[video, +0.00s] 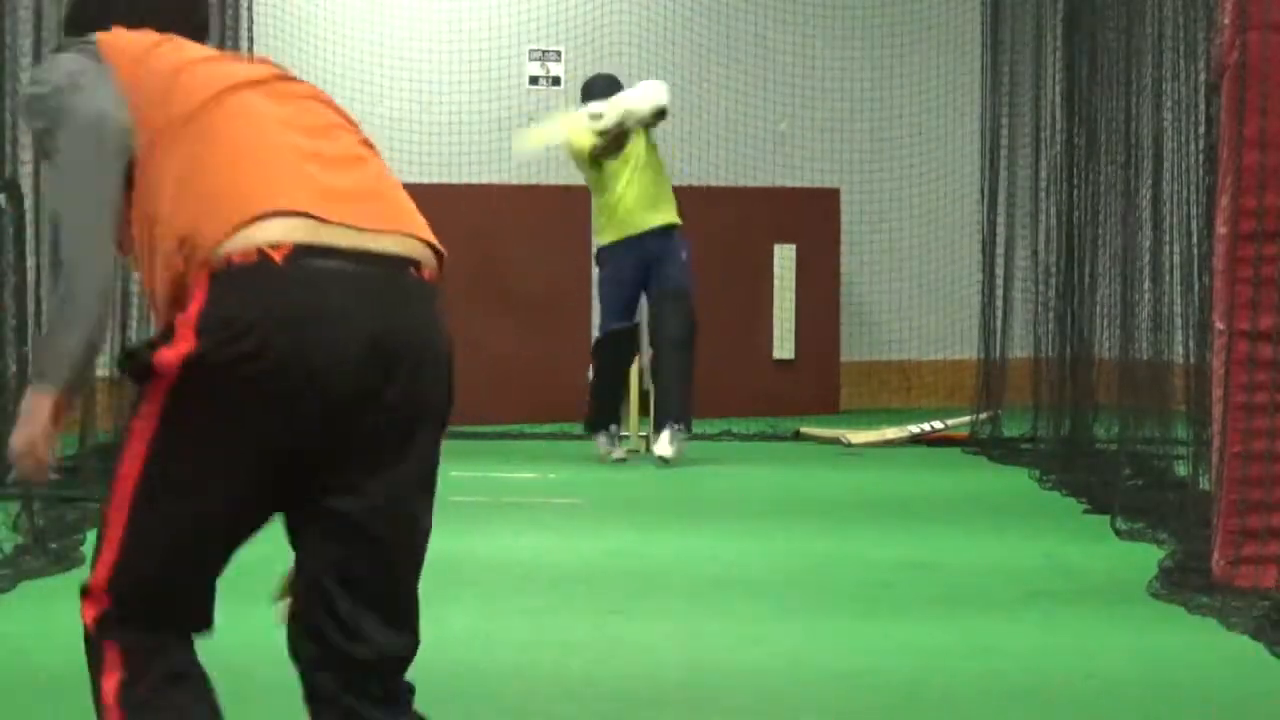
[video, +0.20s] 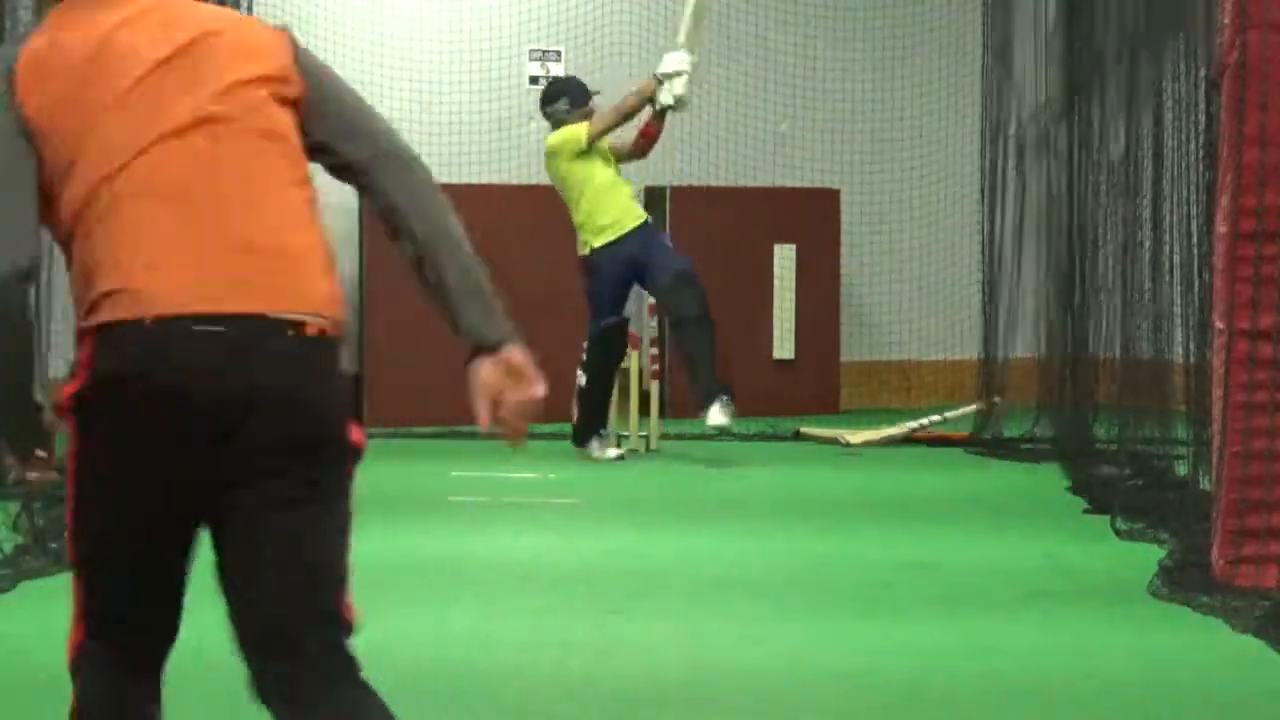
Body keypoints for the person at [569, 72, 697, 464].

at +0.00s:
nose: (604, 115)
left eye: (609, 107)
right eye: (597, 110)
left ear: (619, 104)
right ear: (587, 109)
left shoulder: (639, 124)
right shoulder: (578, 134)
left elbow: (654, 111)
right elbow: (601, 150)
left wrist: (632, 107)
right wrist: (618, 125)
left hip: (662, 232)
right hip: (616, 242)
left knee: (674, 330)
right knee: (615, 337)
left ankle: (671, 426)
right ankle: (604, 428)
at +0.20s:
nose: (593, 108)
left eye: (590, 101)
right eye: (586, 102)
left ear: (567, 109)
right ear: (568, 109)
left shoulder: (593, 145)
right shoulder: (559, 144)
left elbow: (637, 148)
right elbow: (618, 114)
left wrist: (660, 109)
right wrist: (657, 79)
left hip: (641, 236)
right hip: (604, 250)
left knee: (685, 294)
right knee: (607, 344)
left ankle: (714, 399)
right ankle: (589, 434)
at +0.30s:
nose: (586, 110)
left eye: (583, 105)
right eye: (579, 105)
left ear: (561, 114)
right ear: (560, 113)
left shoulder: (582, 147)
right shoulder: (561, 145)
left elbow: (628, 162)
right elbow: (615, 120)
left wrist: (648, 119)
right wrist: (641, 88)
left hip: (631, 245)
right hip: (596, 257)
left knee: (689, 294)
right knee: (606, 347)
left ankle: (744, 372)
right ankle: (584, 440)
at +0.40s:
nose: (581, 113)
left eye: (579, 107)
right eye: (575, 108)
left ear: (553, 115)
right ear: (556, 113)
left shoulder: (575, 150)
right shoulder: (559, 147)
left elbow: (615, 174)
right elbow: (617, 125)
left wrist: (625, 128)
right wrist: (618, 107)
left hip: (626, 245)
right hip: (595, 256)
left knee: (693, 291)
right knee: (609, 349)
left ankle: (761, 356)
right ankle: (586, 439)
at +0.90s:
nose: (588, 114)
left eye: (586, 107)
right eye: (583, 109)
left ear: (549, 112)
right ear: (568, 110)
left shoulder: (530, 156)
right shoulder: (582, 141)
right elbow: (616, 152)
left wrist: (573, 132)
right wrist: (592, 127)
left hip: (616, 244)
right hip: (594, 256)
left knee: (682, 290)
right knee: (605, 346)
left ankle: (750, 352)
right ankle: (586, 438)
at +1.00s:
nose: (591, 117)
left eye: (591, 110)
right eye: (587, 110)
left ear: (553, 110)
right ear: (570, 109)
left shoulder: (531, 153)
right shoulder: (582, 142)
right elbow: (623, 162)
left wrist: (589, 141)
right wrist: (604, 134)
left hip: (615, 244)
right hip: (594, 255)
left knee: (682, 289)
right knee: (606, 343)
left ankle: (736, 366)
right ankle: (586, 438)